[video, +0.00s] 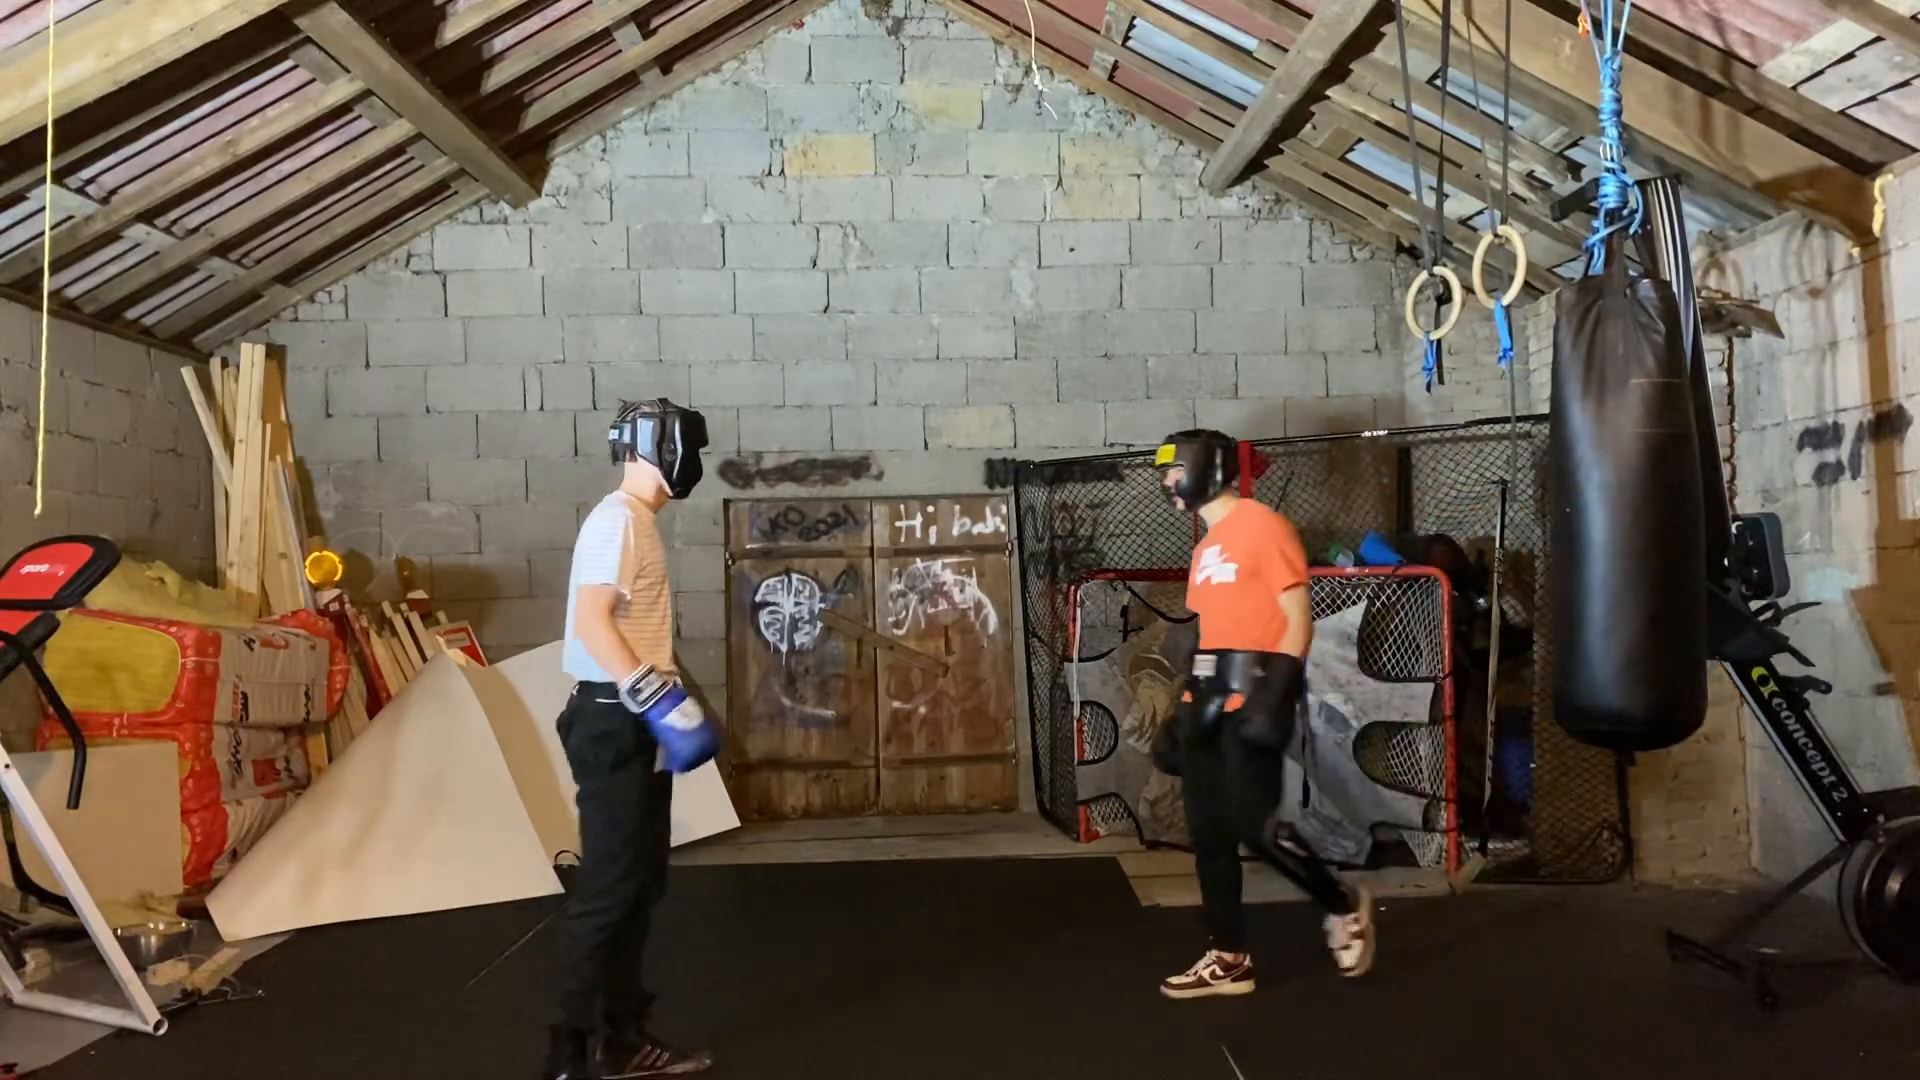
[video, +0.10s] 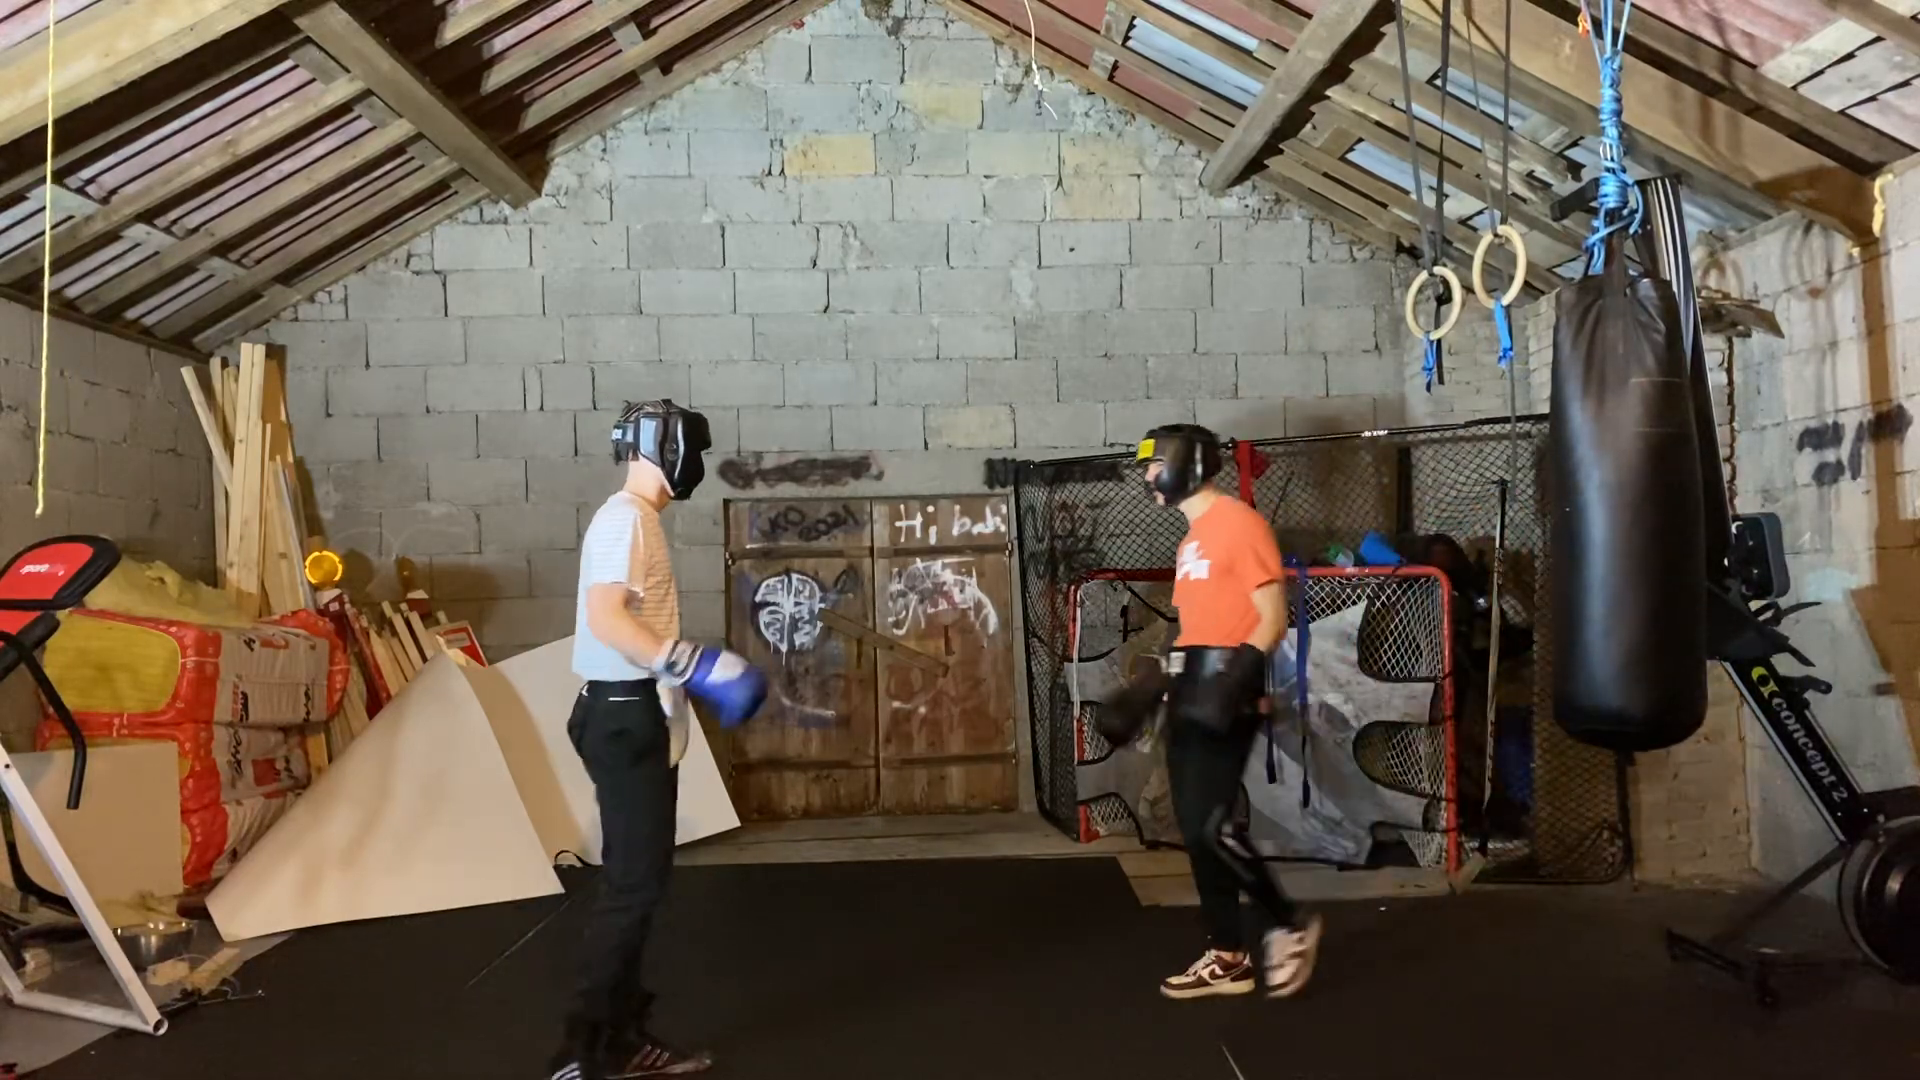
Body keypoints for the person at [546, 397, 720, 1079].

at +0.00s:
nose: (694, 466)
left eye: (693, 452)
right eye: (686, 452)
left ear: (643, 450)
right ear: (654, 450)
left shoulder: (637, 522)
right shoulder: (616, 520)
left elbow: (628, 622)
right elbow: (592, 617)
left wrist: (672, 702)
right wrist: (660, 698)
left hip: (635, 714)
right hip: (609, 715)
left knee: (640, 879)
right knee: (611, 883)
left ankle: (623, 1042)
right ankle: (571, 1055)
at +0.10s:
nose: (693, 467)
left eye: (691, 452)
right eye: (688, 452)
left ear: (640, 449)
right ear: (665, 451)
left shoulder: (644, 522)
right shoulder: (622, 519)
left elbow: (635, 620)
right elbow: (606, 613)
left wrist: (690, 676)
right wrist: (688, 658)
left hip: (640, 709)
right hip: (620, 711)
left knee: (643, 877)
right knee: (633, 879)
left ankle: (624, 1043)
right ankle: (582, 1056)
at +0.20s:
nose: (700, 468)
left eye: (699, 454)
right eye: (694, 453)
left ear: (646, 448)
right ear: (666, 449)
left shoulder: (643, 520)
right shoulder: (630, 519)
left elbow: (655, 627)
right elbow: (631, 618)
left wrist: (731, 633)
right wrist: (724, 624)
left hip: (632, 708)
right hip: (631, 713)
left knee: (630, 872)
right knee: (668, 871)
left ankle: (625, 1038)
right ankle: (607, 1048)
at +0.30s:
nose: (709, 473)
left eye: (708, 459)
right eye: (704, 458)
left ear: (655, 450)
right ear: (679, 452)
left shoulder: (638, 518)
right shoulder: (642, 518)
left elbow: (670, 613)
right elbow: (657, 610)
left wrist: (749, 604)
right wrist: (746, 595)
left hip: (628, 707)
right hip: (645, 711)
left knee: (633, 873)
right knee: (697, 870)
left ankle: (623, 1039)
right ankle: (652, 1045)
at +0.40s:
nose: (716, 477)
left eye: (716, 463)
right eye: (712, 462)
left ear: (662, 452)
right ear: (691, 455)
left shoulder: (638, 518)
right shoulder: (657, 519)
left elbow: (677, 610)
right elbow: (677, 609)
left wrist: (754, 592)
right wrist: (765, 582)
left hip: (628, 708)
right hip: (658, 711)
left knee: (641, 874)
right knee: (713, 868)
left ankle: (624, 1043)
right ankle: (710, 1045)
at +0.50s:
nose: (731, 480)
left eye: (732, 466)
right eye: (728, 466)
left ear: (677, 457)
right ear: (707, 459)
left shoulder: (649, 520)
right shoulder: (676, 520)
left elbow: (686, 613)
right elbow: (698, 609)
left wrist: (758, 596)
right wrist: (783, 578)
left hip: (638, 710)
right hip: (674, 714)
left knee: (647, 875)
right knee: (729, 869)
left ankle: (623, 1043)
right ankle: (761, 1027)